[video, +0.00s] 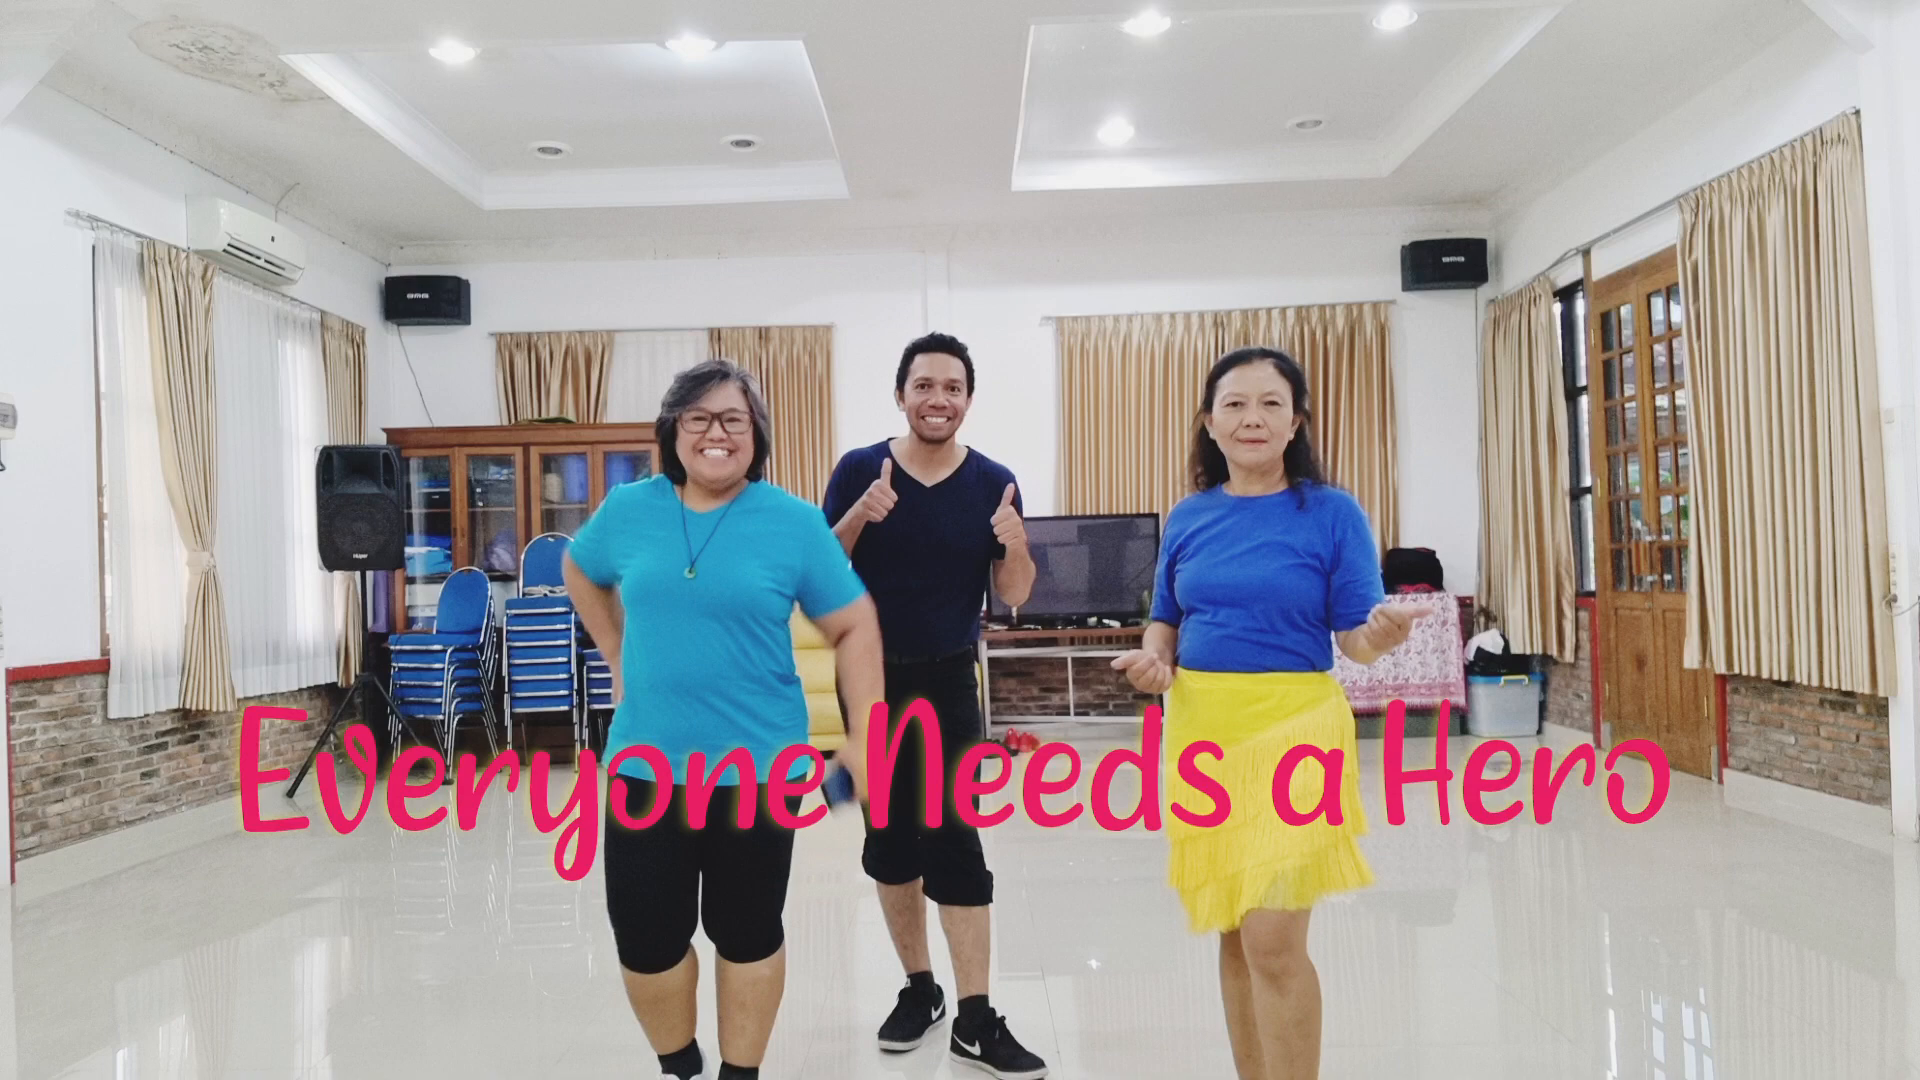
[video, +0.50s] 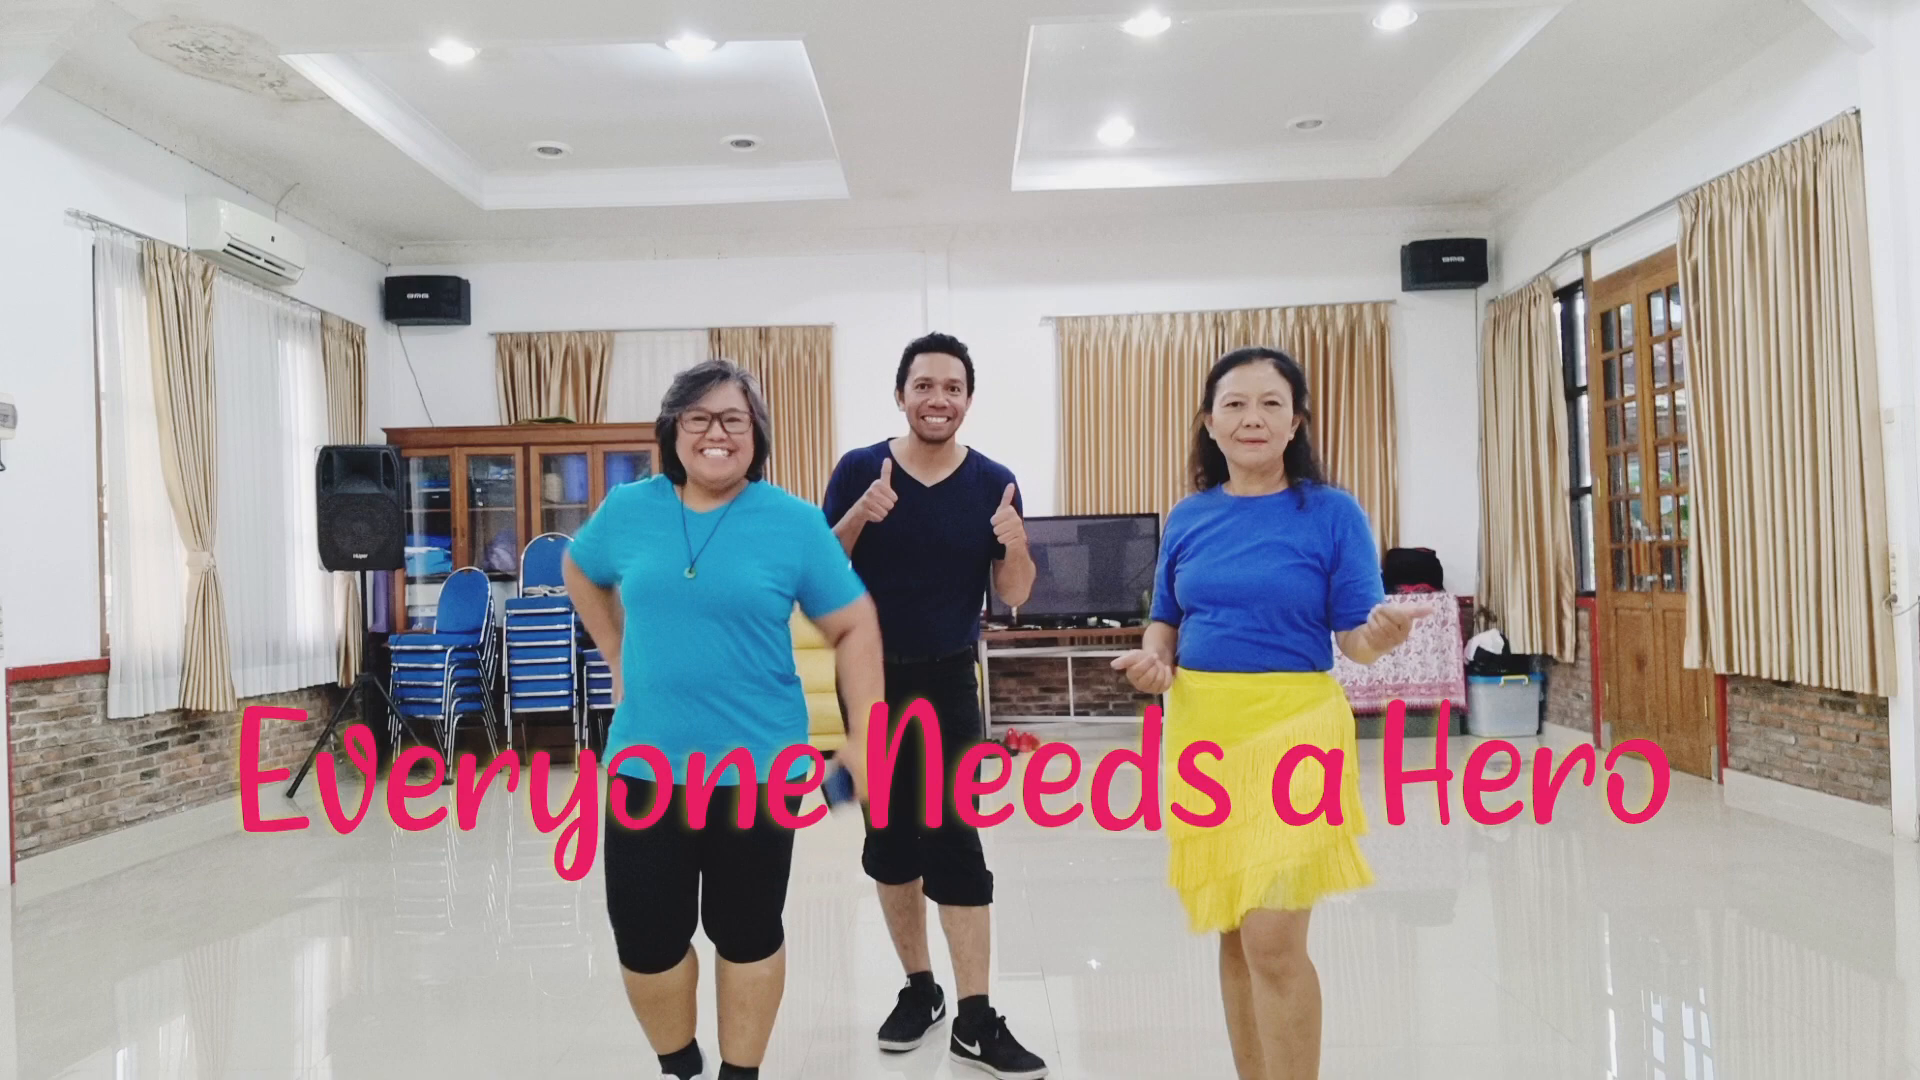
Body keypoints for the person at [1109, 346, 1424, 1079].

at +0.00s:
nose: (1252, 418)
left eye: (1270, 404)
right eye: (1234, 404)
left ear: (1295, 421)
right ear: (1210, 421)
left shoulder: (1333, 512)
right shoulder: (1186, 517)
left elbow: (1356, 643)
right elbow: (1163, 628)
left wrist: (1380, 635)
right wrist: (1151, 660)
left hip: (1297, 723)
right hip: (1204, 724)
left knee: (1272, 941)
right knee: (1237, 941)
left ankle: (1296, 1077)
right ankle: (1254, 1078)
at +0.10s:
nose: (1252, 418)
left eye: (1270, 404)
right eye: (1234, 404)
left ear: (1295, 421)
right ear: (1210, 421)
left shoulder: (1333, 512)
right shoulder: (1186, 517)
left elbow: (1356, 643)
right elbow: (1163, 628)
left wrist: (1380, 635)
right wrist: (1151, 660)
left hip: (1297, 723)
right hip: (1204, 724)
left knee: (1272, 941)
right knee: (1237, 941)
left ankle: (1296, 1077)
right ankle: (1254, 1078)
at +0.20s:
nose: (1252, 418)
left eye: (1270, 404)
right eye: (1234, 404)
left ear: (1295, 421)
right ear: (1210, 421)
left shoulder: (1333, 512)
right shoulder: (1186, 517)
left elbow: (1356, 643)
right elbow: (1163, 628)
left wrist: (1380, 635)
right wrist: (1151, 660)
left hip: (1297, 723)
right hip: (1204, 724)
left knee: (1272, 941)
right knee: (1237, 941)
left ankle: (1296, 1077)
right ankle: (1254, 1078)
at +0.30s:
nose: (1252, 418)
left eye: (1270, 404)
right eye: (1234, 404)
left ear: (1295, 421)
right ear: (1210, 421)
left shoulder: (1333, 512)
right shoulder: (1186, 517)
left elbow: (1356, 643)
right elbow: (1163, 628)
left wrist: (1380, 635)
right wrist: (1151, 660)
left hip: (1297, 723)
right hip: (1204, 724)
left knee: (1272, 941)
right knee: (1237, 941)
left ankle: (1296, 1077)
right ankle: (1254, 1078)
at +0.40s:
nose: (1252, 418)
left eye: (1270, 404)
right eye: (1234, 404)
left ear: (1295, 421)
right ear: (1210, 421)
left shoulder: (1333, 512)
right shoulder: (1186, 517)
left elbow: (1356, 643)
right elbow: (1163, 628)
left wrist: (1380, 635)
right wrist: (1151, 660)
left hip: (1297, 723)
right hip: (1204, 724)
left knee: (1272, 941)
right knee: (1237, 941)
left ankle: (1296, 1077)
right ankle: (1254, 1078)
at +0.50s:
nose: (1252, 418)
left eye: (1270, 404)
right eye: (1234, 404)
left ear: (1295, 421)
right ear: (1210, 421)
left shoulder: (1333, 512)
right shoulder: (1186, 517)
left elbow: (1356, 643)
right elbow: (1163, 628)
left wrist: (1380, 635)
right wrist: (1151, 660)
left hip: (1297, 723)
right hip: (1204, 724)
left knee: (1272, 941)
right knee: (1237, 941)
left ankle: (1296, 1077)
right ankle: (1254, 1078)